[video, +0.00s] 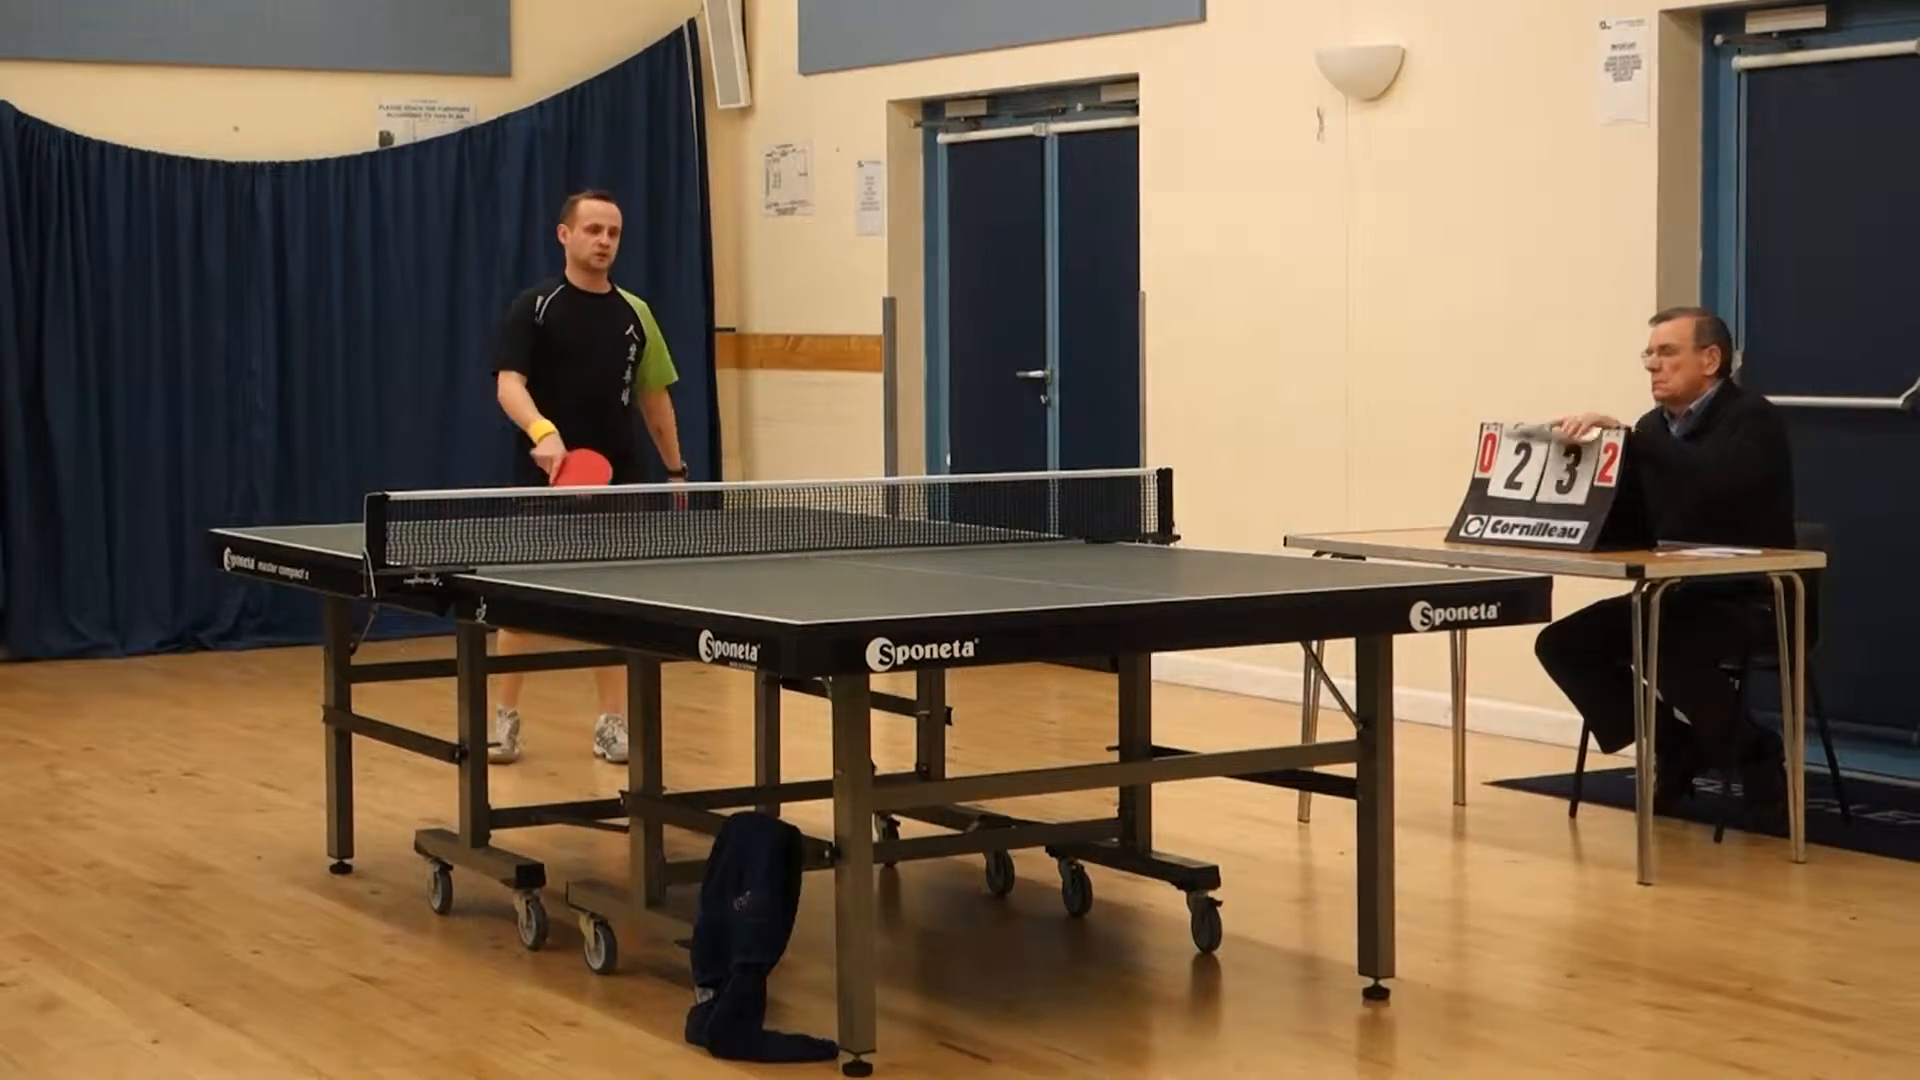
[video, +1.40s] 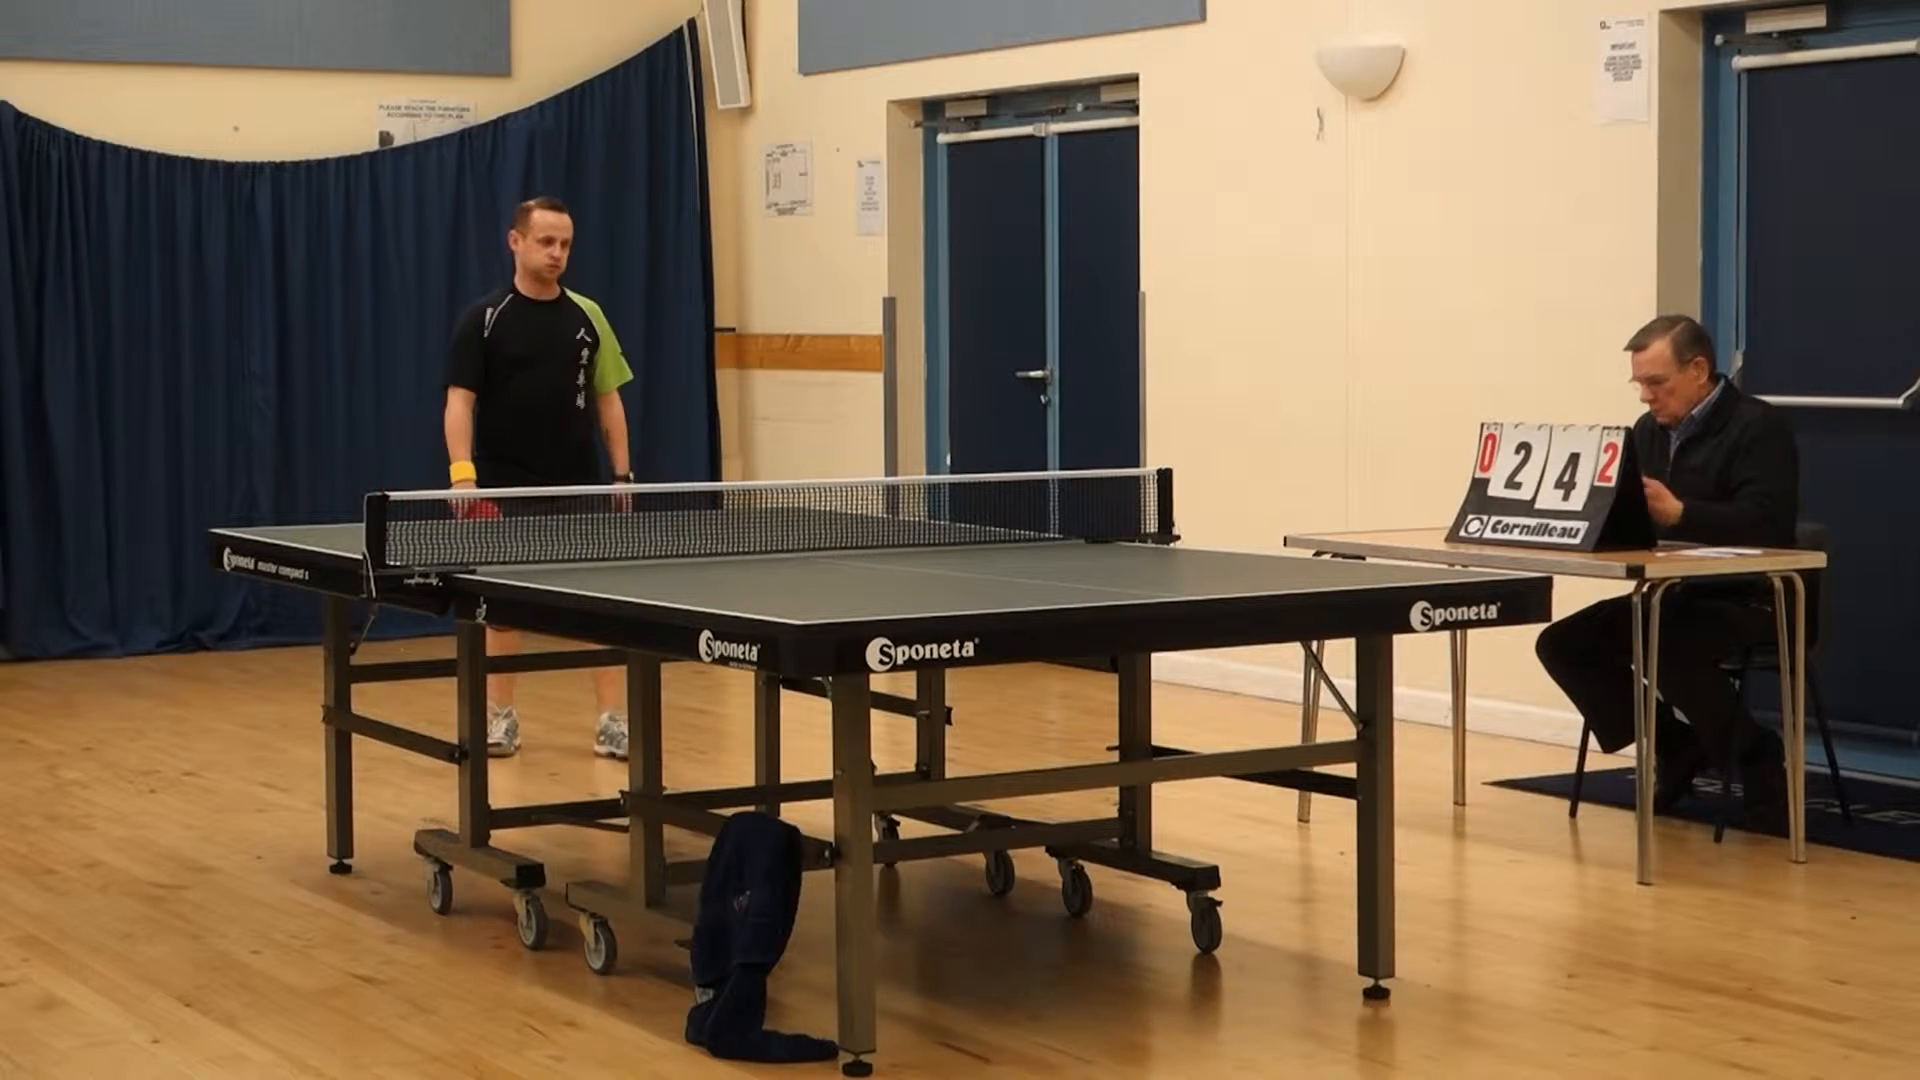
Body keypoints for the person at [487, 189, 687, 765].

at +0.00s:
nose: (604, 240)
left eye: (612, 232)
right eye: (593, 229)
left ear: (620, 241)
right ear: (564, 234)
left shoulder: (634, 312)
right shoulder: (532, 307)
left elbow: (654, 394)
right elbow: (508, 383)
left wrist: (675, 466)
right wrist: (540, 430)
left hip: (622, 485)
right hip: (544, 483)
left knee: (621, 602)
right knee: (520, 599)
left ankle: (613, 719)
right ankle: (504, 713)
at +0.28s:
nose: (564, 246)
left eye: (573, 237)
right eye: (553, 236)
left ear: (581, 244)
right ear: (526, 241)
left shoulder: (602, 315)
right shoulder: (497, 312)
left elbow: (620, 400)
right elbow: (473, 396)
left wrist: (635, 477)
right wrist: (489, 464)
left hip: (593, 490)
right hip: (518, 491)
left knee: (612, 608)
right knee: (505, 606)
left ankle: (613, 719)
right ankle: (500, 713)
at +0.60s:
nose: (528, 247)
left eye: (536, 237)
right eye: (516, 237)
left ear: (547, 243)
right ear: (491, 243)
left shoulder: (572, 310)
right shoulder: (463, 316)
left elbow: (590, 383)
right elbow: (426, 395)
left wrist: (580, 437)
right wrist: (402, 472)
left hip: (558, 485)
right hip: (486, 486)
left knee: (590, 600)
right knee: (496, 604)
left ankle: (606, 714)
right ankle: (498, 712)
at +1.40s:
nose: (558, 253)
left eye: (565, 244)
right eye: (547, 242)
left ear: (570, 248)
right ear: (516, 242)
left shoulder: (587, 315)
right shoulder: (482, 319)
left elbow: (608, 399)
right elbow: (459, 403)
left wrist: (622, 473)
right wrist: (464, 480)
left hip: (580, 490)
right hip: (503, 495)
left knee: (604, 606)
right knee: (500, 607)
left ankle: (612, 717)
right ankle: (500, 713)